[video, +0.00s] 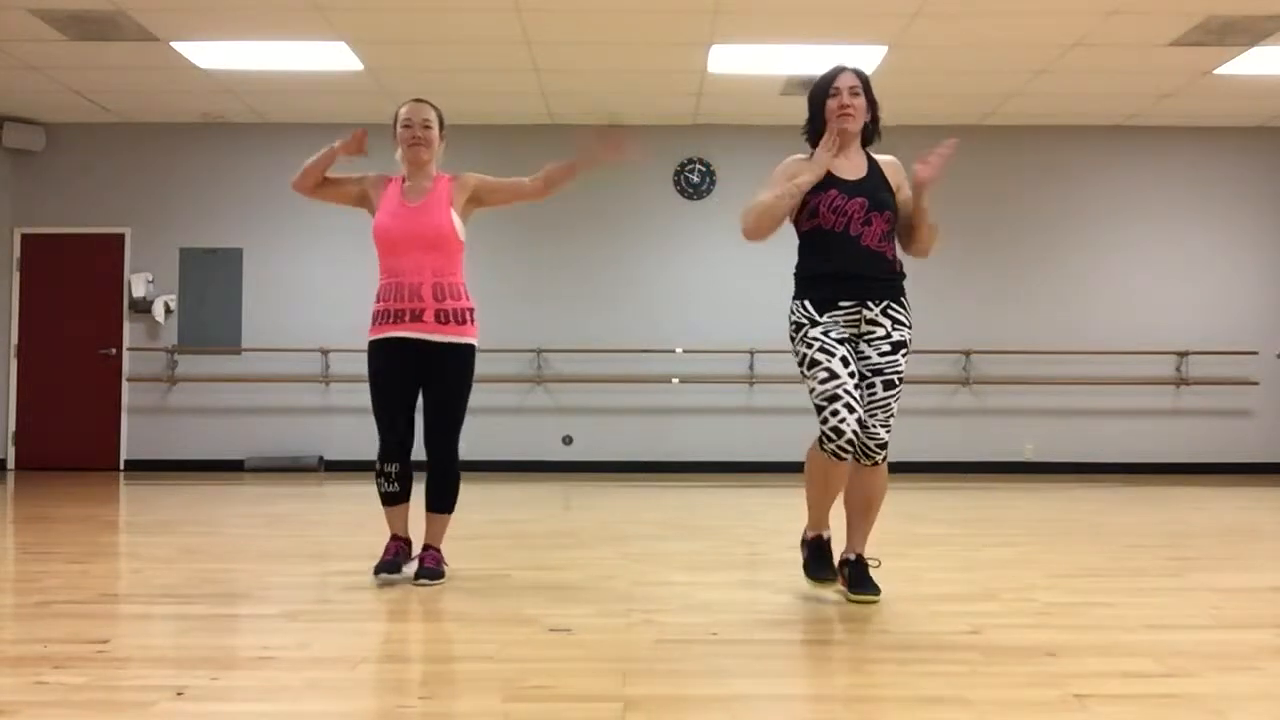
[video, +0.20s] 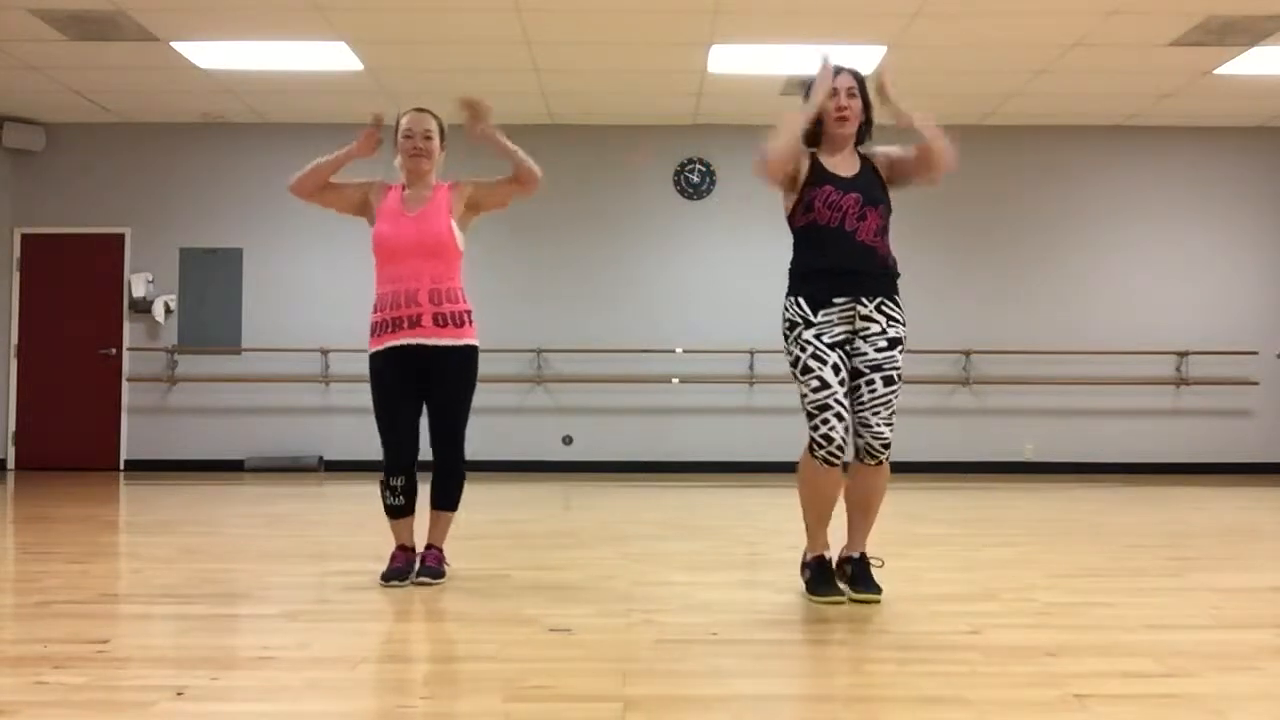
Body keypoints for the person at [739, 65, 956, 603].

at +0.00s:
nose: (845, 101)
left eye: (855, 93)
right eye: (834, 94)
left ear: (869, 107)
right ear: (818, 108)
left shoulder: (890, 167)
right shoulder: (800, 165)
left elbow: (917, 245)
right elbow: (753, 227)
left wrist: (923, 193)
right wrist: (811, 174)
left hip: (885, 312)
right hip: (820, 312)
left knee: (874, 433)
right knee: (842, 422)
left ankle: (855, 558)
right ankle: (816, 534)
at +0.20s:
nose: (842, 102)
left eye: (851, 95)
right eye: (833, 94)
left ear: (864, 109)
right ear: (817, 106)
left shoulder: (882, 164)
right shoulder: (800, 163)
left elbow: (941, 159)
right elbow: (772, 164)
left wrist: (901, 110)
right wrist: (807, 105)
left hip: (878, 311)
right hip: (814, 312)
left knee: (874, 435)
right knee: (831, 434)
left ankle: (856, 555)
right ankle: (816, 555)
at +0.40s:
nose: (842, 98)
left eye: (852, 91)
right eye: (831, 91)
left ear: (865, 105)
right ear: (815, 107)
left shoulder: (881, 152)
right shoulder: (798, 157)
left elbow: (913, 78)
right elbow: (782, 80)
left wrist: (872, 11)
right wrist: (819, 18)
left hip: (875, 308)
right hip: (809, 310)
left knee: (882, 430)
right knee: (820, 429)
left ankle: (856, 529)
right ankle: (814, 555)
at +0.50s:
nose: (844, 105)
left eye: (853, 96)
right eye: (832, 97)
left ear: (867, 109)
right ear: (817, 110)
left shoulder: (884, 155)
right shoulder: (801, 160)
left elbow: (898, 66)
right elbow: (789, 75)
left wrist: (869, 1)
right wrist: (816, 11)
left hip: (877, 310)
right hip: (811, 311)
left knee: (872, 433)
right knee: (821, 432)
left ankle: (863, 552)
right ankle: (816, 557)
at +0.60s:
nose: (845, 104)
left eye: (854, 95)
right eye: (834, 96)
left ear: (868, 107)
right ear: (819, 109)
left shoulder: (885, 153)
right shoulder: (804, 158)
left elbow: (893, 62)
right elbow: (794, 66)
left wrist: (877, 0)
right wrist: (810, 7)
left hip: (880, 309)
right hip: (814, 311)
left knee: (870, 434)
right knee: (824, 431)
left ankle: (859, 554)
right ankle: (817, 556)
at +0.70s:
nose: (846, 99)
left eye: (856, 91)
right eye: (835, 92)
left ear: (869, 103)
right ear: (820, 105)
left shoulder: (885, 149)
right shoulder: (803, 153)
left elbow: (892, 58)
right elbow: (793, 66)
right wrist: (797, 10)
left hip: (882, 308)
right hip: (816, 310)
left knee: (872, 432)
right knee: (826, 427)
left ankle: (859, 555)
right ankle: (818, 545)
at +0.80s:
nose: (846, 99)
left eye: (855, 91)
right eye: (835, 92)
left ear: (869, 105)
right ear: (818, 106)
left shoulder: (883, 150)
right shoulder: (802, 155)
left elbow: (899, 58)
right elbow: (784, 61)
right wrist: (783, 13)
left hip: (882, 308)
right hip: (816, 309)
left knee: (873, 431)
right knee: (833, 422)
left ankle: (858, 553)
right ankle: (814, 532)